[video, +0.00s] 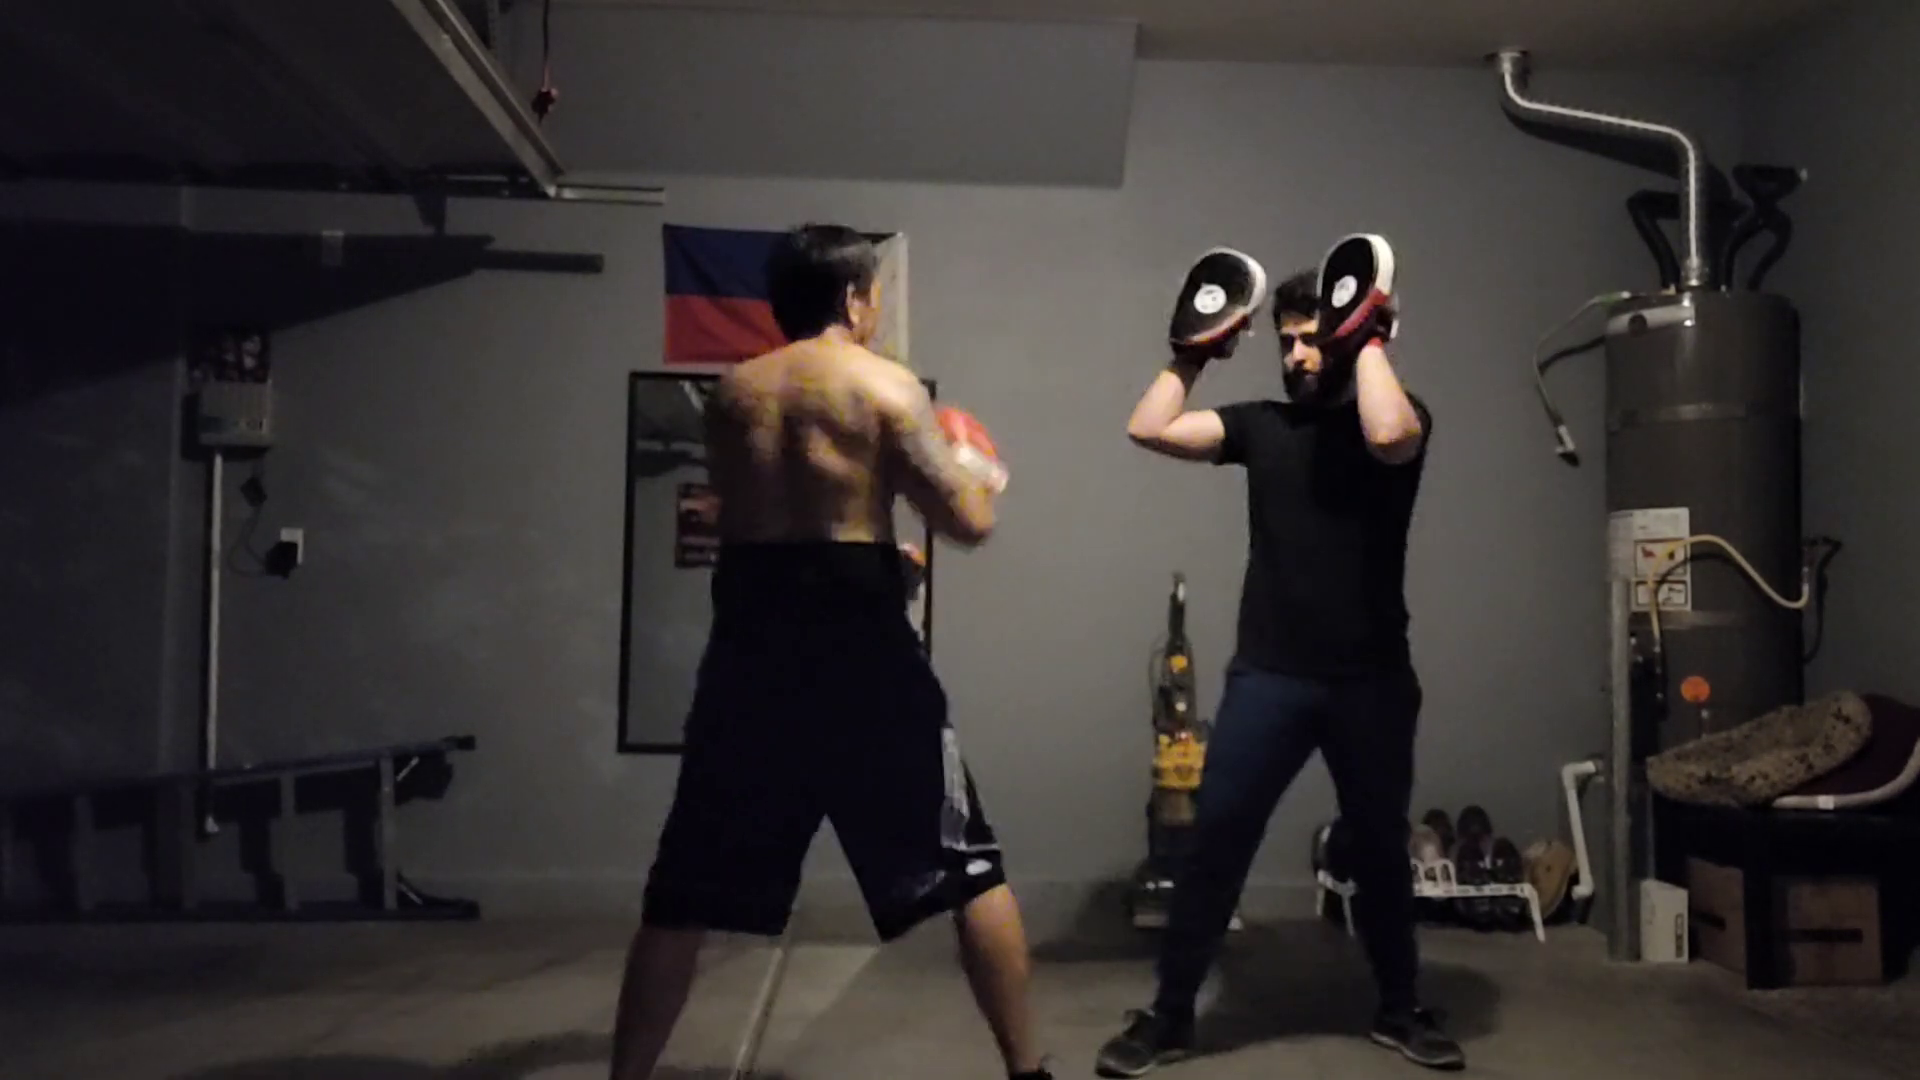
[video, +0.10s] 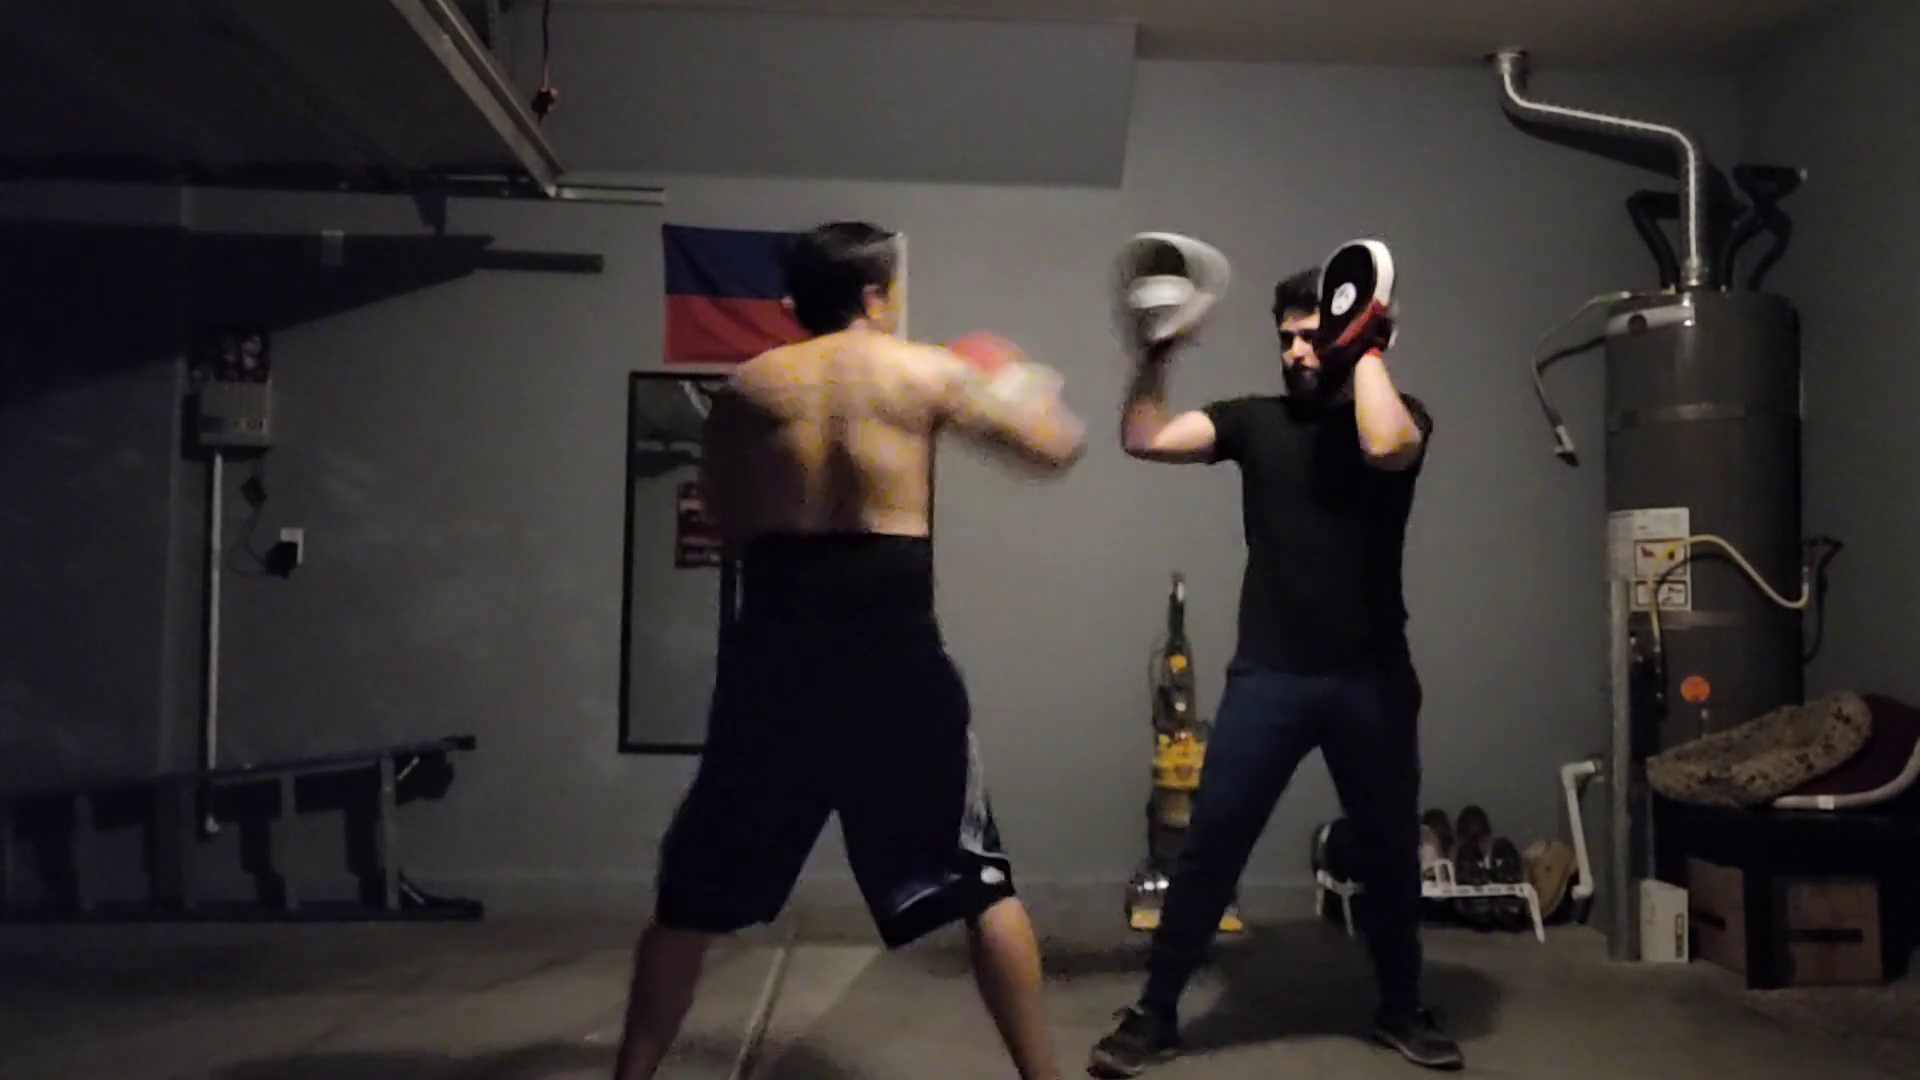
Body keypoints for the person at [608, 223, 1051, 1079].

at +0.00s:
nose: (880, 312)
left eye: (875, 297)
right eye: (877, 299)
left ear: (787, 303)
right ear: (854, 305)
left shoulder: (730, 389)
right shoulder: (883, 386)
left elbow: (755, 515)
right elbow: (973, 521)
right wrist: (981, 472)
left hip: (748, 665)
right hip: (866, 664)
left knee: (681, 889)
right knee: (969, 869)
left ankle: (626, 1071)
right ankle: (1027, 1066)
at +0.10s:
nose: (901, 304)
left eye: (896, 290)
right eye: (896, 292)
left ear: (801, 300)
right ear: (875, 301)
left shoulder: (744, 390)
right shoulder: (922, 372)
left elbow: (730, 525)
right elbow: (1055, 445)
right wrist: (1014, 379)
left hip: (770, 677)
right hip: (894, 674)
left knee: (690, 892)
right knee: (981, 879)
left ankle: (632, 1071)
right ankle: (1041, 1070)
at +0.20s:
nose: (944, 297)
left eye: (940, 286)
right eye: (939, 285)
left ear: (846, 299)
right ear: (924, 294)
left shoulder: (787, 382)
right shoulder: (969, 358)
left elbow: (748, 527)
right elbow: (1098, 379)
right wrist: (1070, 319)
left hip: (804, 661)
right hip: (920, 663)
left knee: (716, 882)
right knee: (1002, 887)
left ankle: (638, 1064)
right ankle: (1049, 1072)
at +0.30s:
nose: (970, 298)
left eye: (966, 286)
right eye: (968, 286)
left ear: (872, 290)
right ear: (953, 293)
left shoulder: (821, 364)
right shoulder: (986, 366)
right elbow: (1059, 478)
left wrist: (975, 362)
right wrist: (1060, 382)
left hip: (823, 625)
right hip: (933, 631)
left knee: (757, 864)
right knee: (1013, 879)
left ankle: (675, 1064)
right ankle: (1052, 1070)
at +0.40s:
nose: (981, 306)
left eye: (977, 293)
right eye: (979, 293)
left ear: (889, 297)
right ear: (961, 298)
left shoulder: (840, 372)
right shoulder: (986, 375)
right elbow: (1049, 504)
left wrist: (1013, 391)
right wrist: (1073, 402)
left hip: (839, 629)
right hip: (945, 632)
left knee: (766, 872)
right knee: (1025, 879)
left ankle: (677, 1066)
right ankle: (1059, 1069)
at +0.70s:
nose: (1014, 315)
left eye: (1010, 300)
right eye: (1012, 301)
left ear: (921, 301)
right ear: (995, 306)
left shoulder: (861, 381)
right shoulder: (1006, 387)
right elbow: (1086, 510)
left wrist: (1046, 412)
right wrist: (1100, 423)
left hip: (847, 651)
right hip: (955, 653)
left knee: (781, 885)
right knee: (1041, 891)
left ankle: (709, 1068)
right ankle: (1064, 1071)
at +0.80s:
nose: (1016, 311)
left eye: (1012, 299)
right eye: (1014, 299)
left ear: (922, 300)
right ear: (1000, 303)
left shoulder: (867, 377)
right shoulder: (1019, 375)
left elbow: (925, 479)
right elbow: (1102, 492)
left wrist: (1026, 453)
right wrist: (1118, 395)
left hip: (857, 644)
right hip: (967, 647)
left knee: (782, 875)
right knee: (1047, 885)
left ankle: (701, 1064)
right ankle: (1066, 1068)